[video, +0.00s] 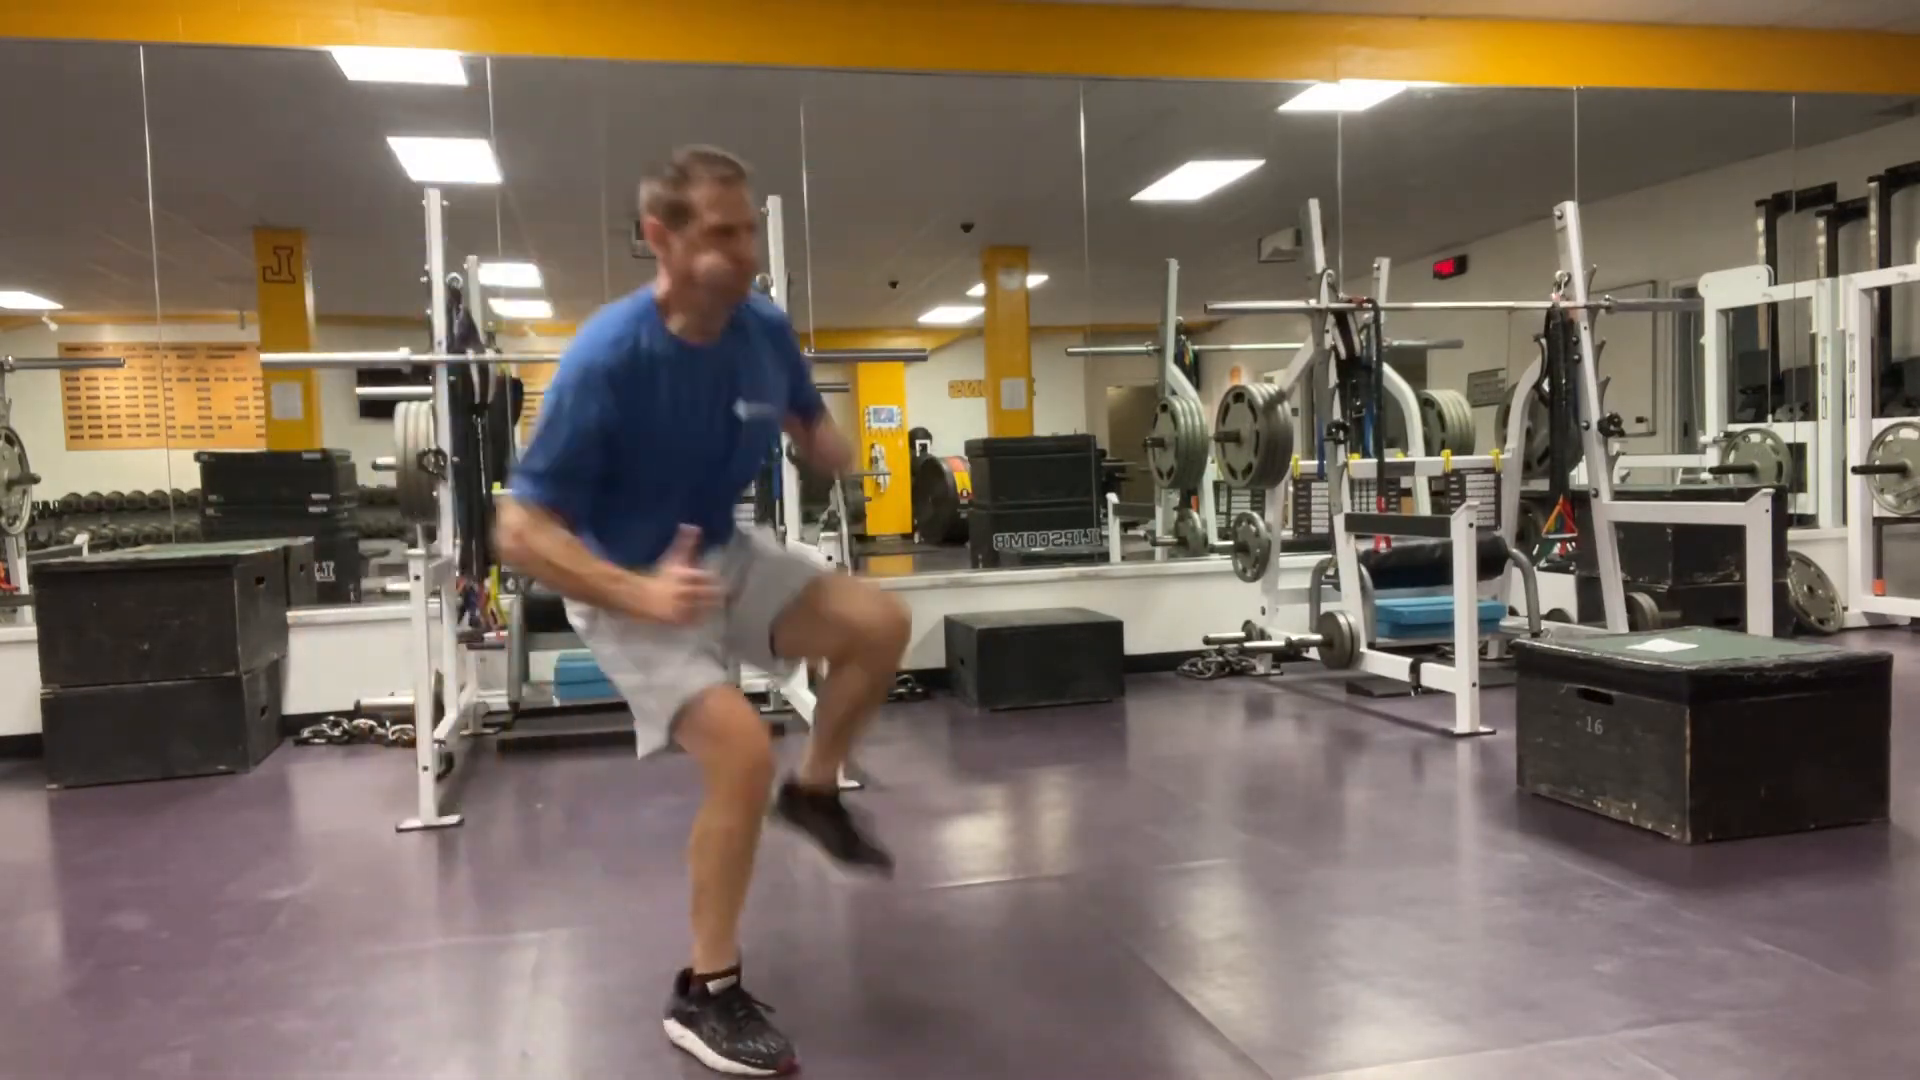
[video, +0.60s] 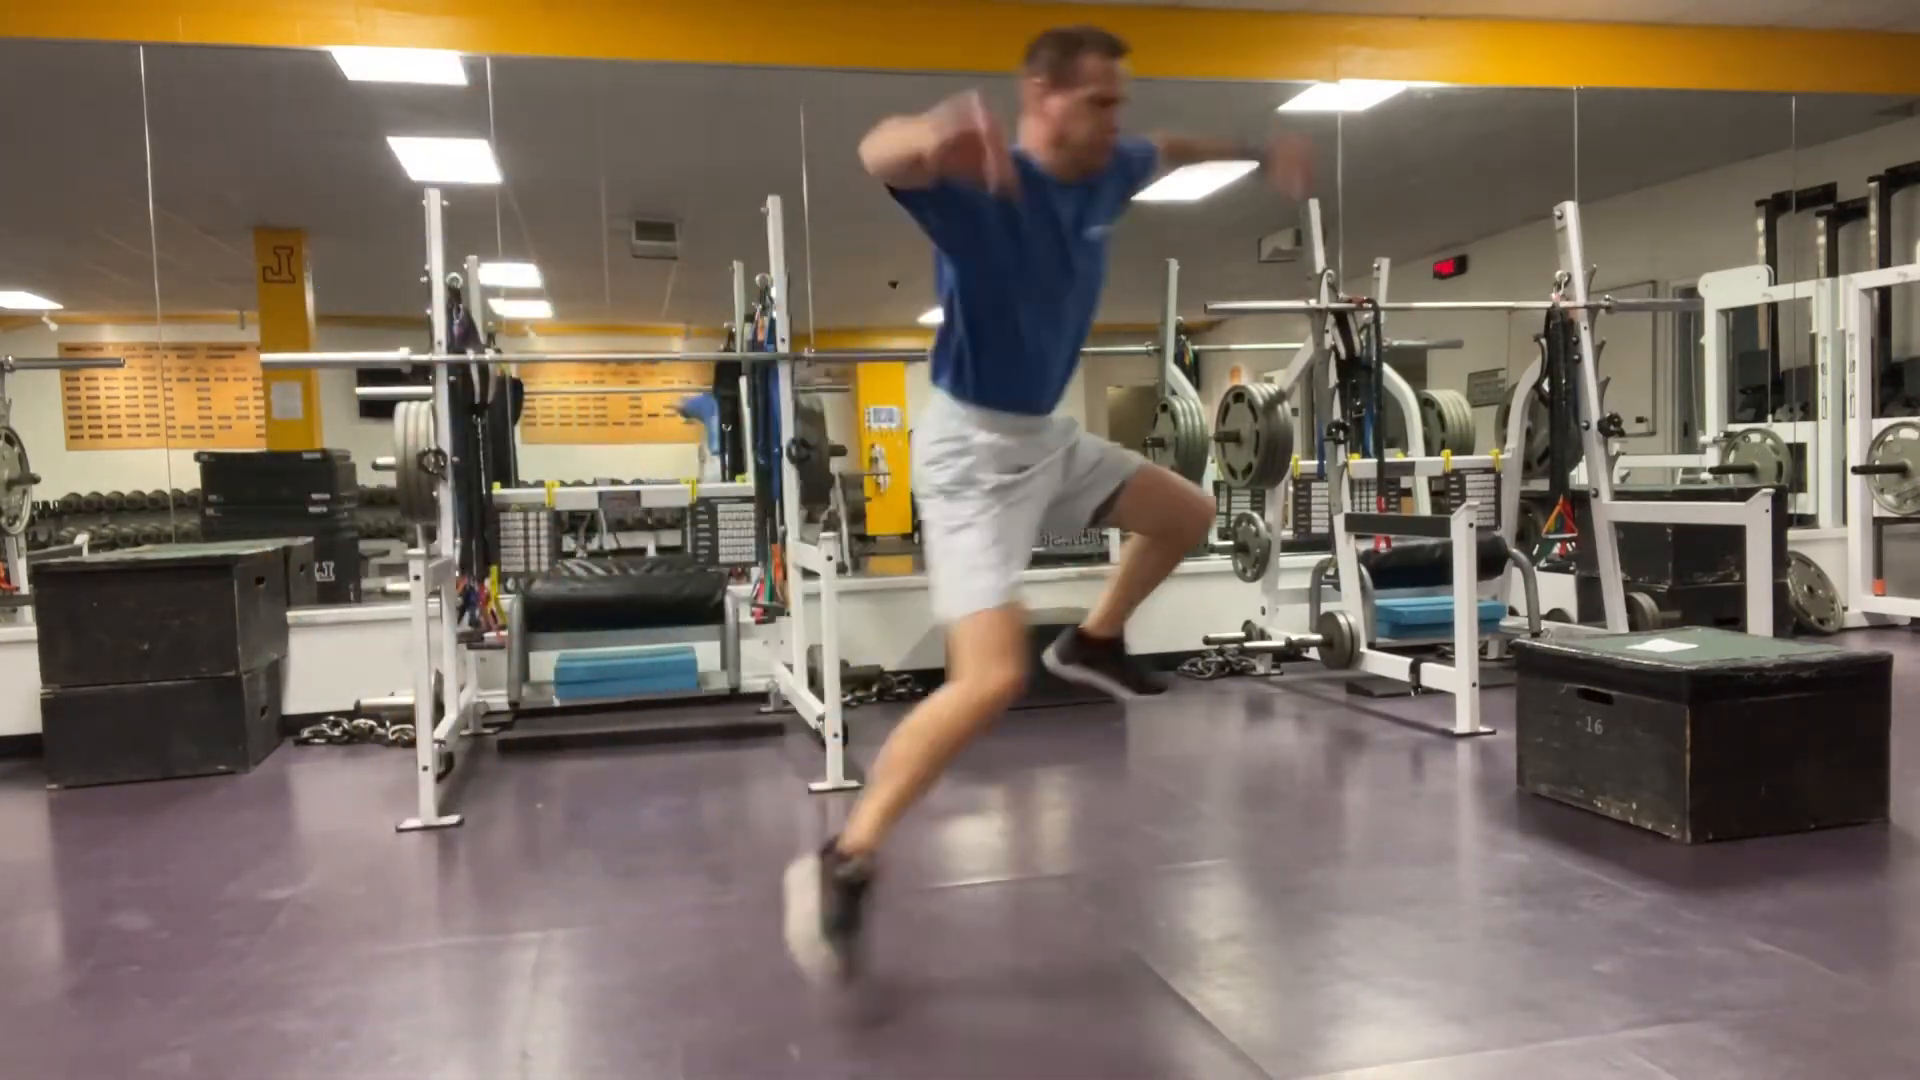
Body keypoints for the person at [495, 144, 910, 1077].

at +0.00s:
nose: (744, 253)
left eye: (749, 233)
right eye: (720, 235)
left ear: (758, 234)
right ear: (659, 239)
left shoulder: (764, 332)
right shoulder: (604, 357)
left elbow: (819, 448)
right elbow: (518, 529)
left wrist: (829, 442)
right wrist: (637, 592)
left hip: (723, 557)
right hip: (626, 592)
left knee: (879, 626)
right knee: (744, 752)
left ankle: (815, 789)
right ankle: (709, 988)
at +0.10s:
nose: (803, 281)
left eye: (808, 261)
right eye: (780, 263)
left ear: (816, 260)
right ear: (717, 265)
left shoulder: (823, 360)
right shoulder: (655, 384)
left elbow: (836, 511)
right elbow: (597, 567)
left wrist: (832, 517)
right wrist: (731, 611)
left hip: (748, 585)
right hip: (650, 606)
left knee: (877, 705)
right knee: (787, 776)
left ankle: (791, 868)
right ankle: (710, 989)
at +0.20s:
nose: (854, 271)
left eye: (860, 253)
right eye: (832, 254)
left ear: (867, 256)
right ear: (769, 257)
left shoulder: (867, 364)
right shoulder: (707, 374)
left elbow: (869, 514)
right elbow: (669, 557)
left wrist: (860, 587)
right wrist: (809, 614)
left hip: (790, 592)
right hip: (690, 599)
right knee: (824, 789)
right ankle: (711, 987)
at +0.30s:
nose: (896, 252)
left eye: (901, 234)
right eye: (875, 234)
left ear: (907, 240)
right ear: (815, 240)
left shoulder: (910, 341)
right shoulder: (760, 334)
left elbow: (1007, 454)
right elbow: (777, 451)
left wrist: (1015, 412)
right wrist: (941, 422)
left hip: (829, 582)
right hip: (735, 587)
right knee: (841, 788)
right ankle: (713, 987)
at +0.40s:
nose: (945, 196)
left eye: (950, 183)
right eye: (924, 182)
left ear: (954, 188)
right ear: (869, 187)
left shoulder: (970, 264)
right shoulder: (834, 261)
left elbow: (1086, 233)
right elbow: (854, 258)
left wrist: (1133, 172)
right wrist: (979, 156)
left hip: (884, 544)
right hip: (796, 547)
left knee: (1057, 626)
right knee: (853, 783)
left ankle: (980, 801)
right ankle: (715, 982)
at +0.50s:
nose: (1008, 142)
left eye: (1019, 125)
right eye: (987, 122)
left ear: (1030, 131)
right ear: (940, 127)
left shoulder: (1027, 185)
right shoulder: (907, 197)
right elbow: (864, 143)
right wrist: (909, 63)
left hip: (984, 481)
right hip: (896, 487)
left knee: (1132, 549)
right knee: (869, 733)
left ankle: (1034, 697)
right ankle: (736, 955)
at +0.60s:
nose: (1110, 121)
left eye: (1115, 105)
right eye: (1094, 103)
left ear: (1114, 109)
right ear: (1039, 100)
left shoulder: (1109, 170)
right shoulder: (980, 176)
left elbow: (1178, 152)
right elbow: (875, 157)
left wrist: (1264, 151)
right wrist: (930, 137)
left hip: (1050, 442)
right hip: (969, 450)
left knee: (1183, 514)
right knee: (992, 674)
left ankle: (1095, 645)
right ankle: (845, 861)